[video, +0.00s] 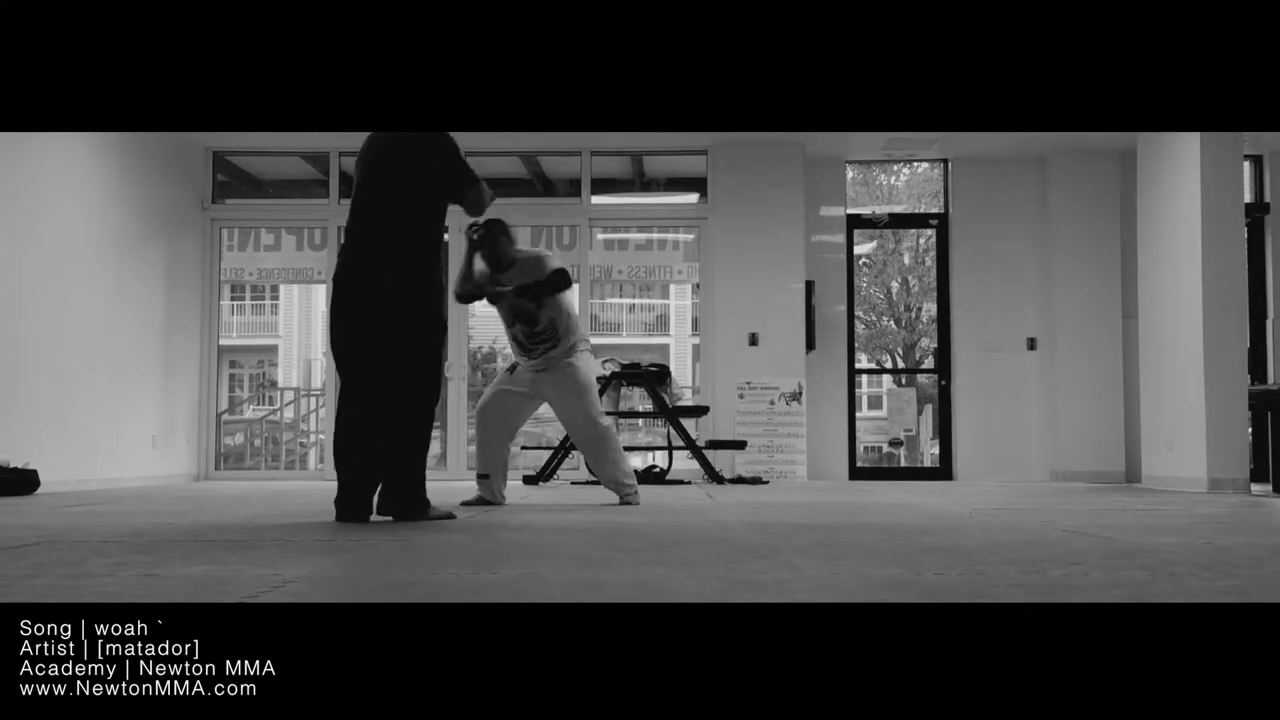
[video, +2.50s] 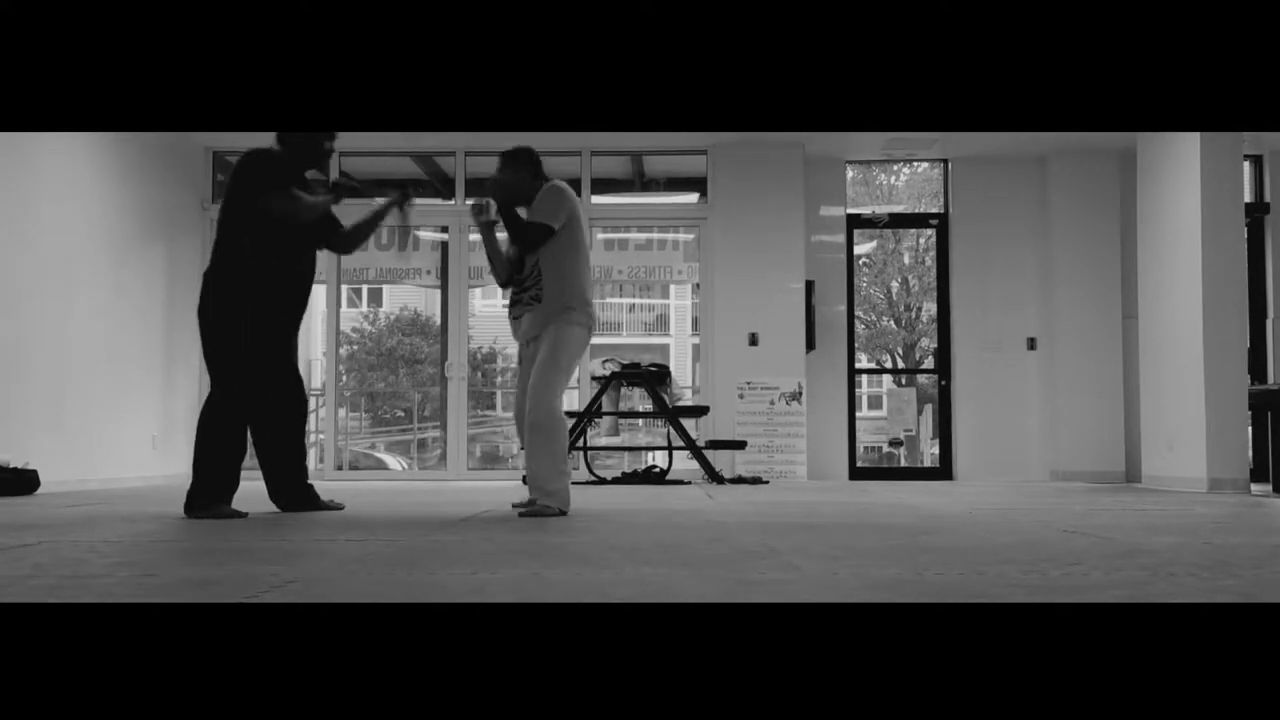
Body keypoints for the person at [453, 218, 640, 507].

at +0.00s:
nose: (488, 255)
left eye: (492, 247)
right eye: (483, 249)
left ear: (507, 242)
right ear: (481, 251)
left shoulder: (536, 260)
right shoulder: (489, 277)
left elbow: (563, 279)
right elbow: (463, 294)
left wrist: (517, 292)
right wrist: (469, 250)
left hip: (567, 359)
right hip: (525, 366)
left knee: (589, 424)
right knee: (490, 414)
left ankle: (628, 491)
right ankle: (491, 493)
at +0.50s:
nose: (503, 223)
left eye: (509, 215)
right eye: (498, 217)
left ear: (524, 215)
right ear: (492, 220)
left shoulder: (544, 239)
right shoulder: (493, 250)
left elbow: (564, 276)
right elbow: (478, 294)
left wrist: (530, 249)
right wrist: (491, 265)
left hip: (560, 347)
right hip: (517, 353)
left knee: (579, 415)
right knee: (488, 414)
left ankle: (616, 489)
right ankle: (490, 492)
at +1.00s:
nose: (575, 210)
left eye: (581, 204)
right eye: (570, 203)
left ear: (590, 205)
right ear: (556, 203)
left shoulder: (601, 234)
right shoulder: (538, 228)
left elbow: (596, 266)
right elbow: (508, 271)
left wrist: (577, 223)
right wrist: (535, 270)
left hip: (583, 347)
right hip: (535, 346)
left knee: (601, 417)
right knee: (508, 417)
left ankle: (610, 489)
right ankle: (487, 486)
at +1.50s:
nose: (478, 213)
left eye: (482, 204)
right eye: (475, 207)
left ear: (500, 200)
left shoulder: (516, 217)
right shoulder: (498, 243)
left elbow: (528, 249)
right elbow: (474, 275)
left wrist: (484, 240)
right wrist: (468, 235)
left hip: (548, 334)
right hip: (518, 344)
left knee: (561, 413)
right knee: (505, 413)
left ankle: (617, 476)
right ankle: (501, 490)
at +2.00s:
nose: (523, 194)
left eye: (531, 187)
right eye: (519, 188)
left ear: (546, 189)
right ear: (512, 191)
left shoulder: (570, 221)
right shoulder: (503, 221)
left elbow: (559, 257)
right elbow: (482, 266)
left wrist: (537, 213)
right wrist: (510, 272)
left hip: (555, 336)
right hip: (509, 337)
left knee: (560, 412)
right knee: (495, 412)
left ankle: (576, 494)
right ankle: (491, 482)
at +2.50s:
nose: (497, 185)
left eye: (502, 177)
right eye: (498, 178)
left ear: (523, 174)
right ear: (522, 176)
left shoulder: (557, 193)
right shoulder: (528, 216)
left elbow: (528, 241)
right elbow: (504, 276)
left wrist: (503, 204)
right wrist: (487, 230)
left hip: (565, 320)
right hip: (534, 327)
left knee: (542, 402)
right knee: (525, 409)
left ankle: (553, 498)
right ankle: (543, 493)